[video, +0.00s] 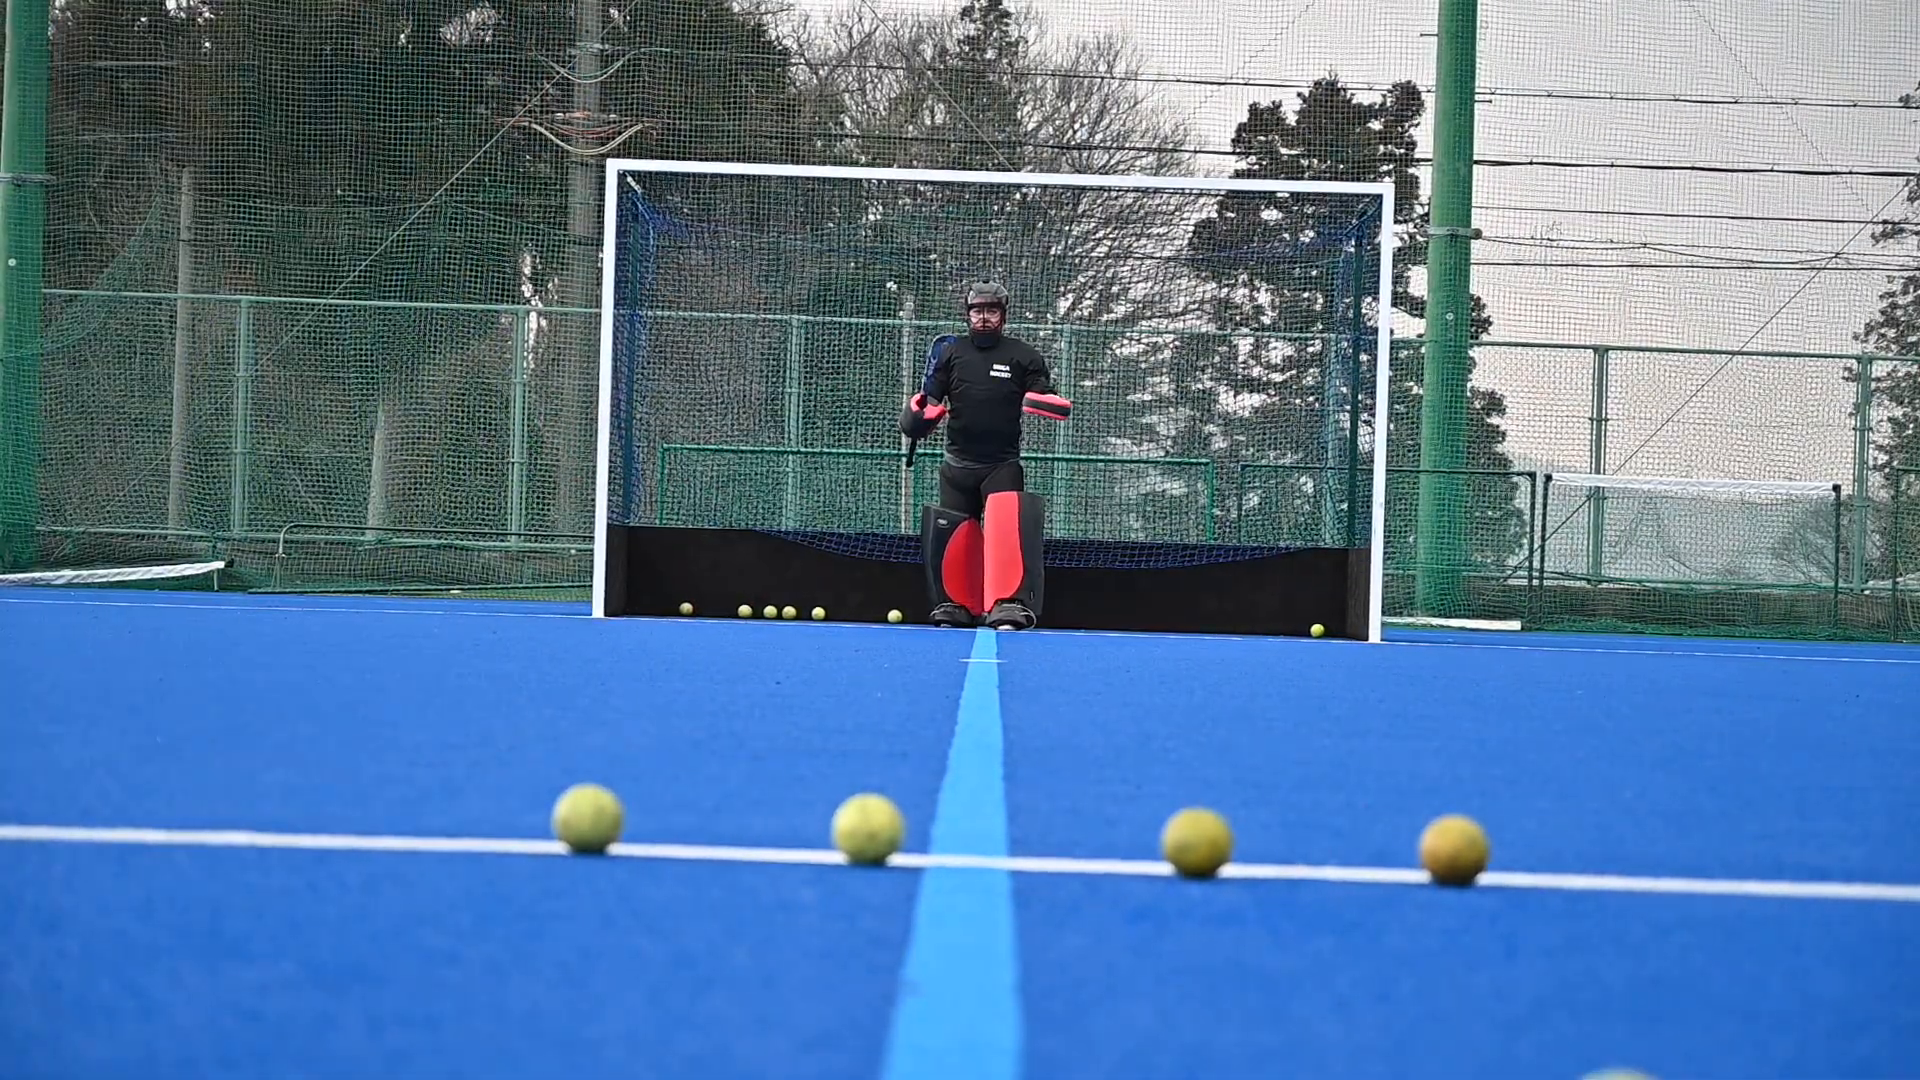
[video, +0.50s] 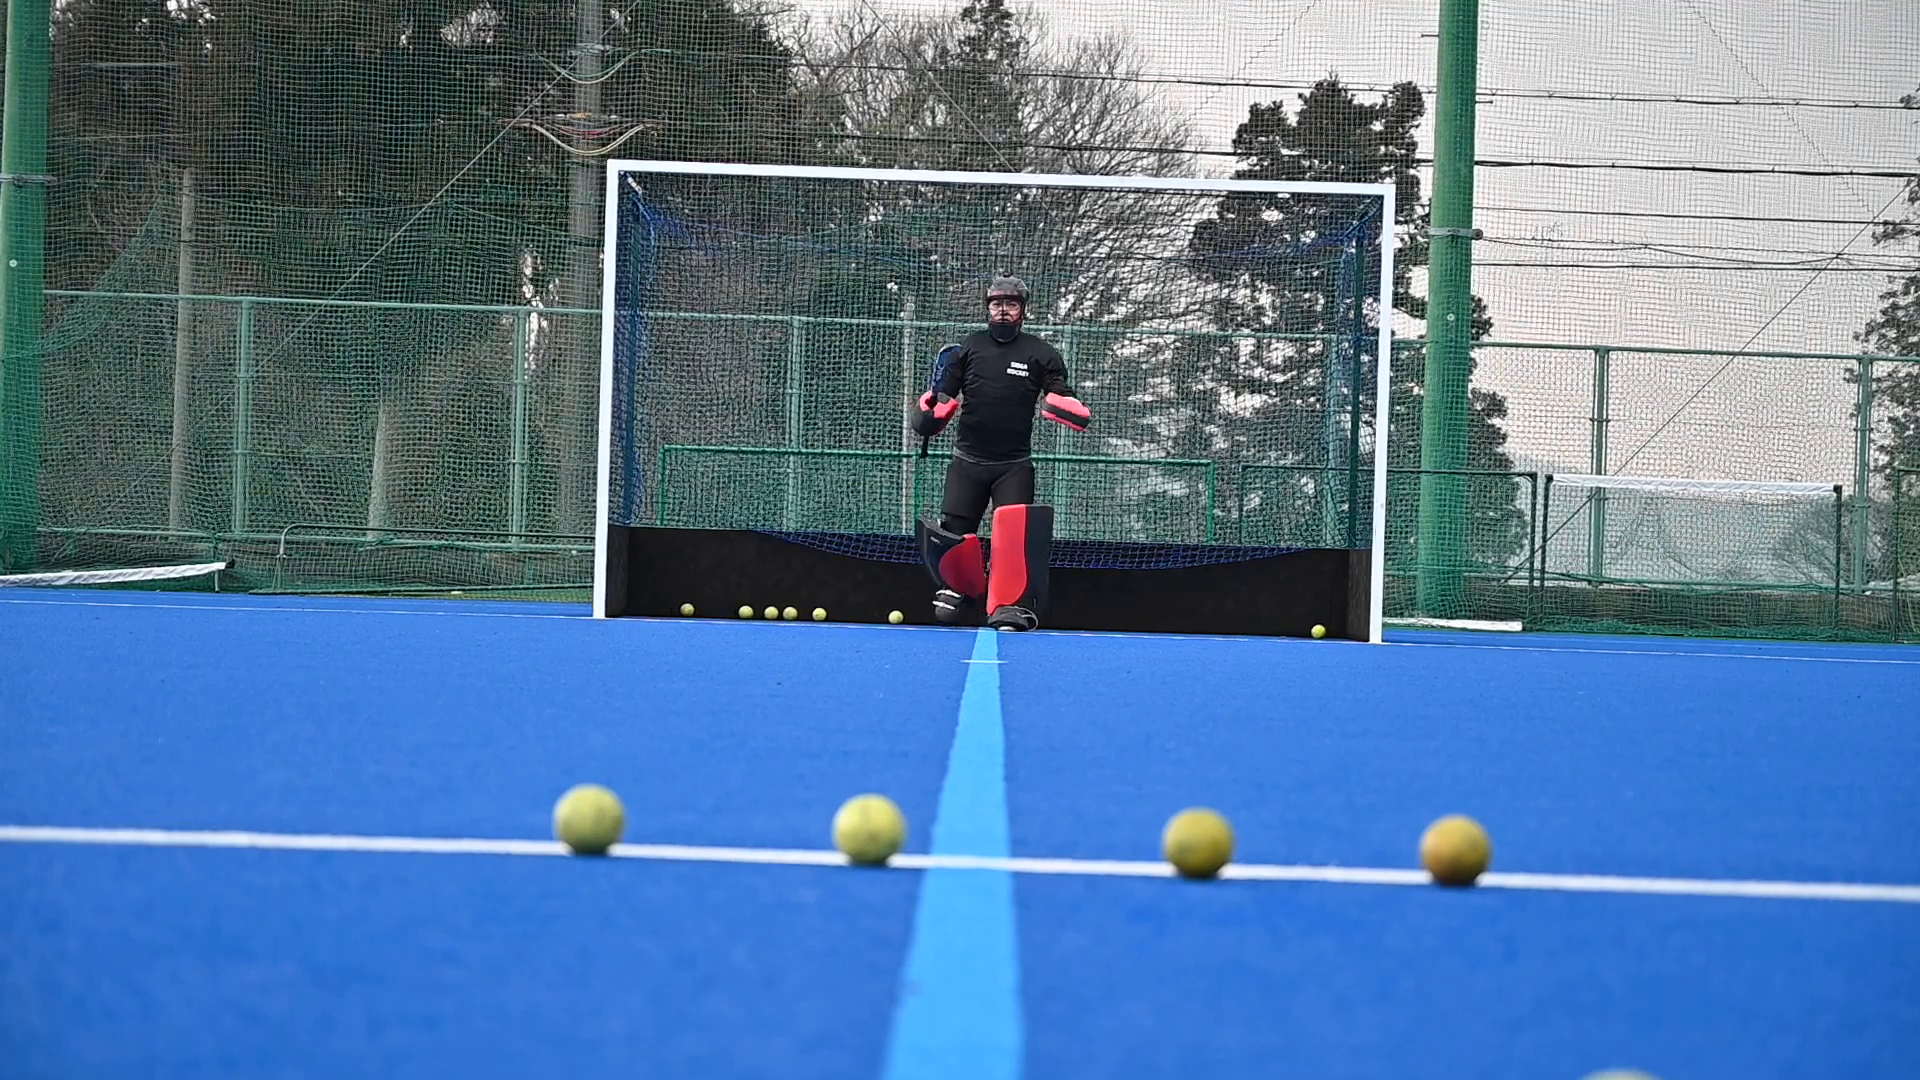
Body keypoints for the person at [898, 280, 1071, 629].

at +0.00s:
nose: (984, 318)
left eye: (992, 311)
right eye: (977, 312)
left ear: (1003, 315)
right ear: (968, 316)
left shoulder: (1024, 355)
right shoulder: (952, 353)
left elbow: (1044, 397)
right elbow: (929, 400)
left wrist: (1049, 405)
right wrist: (918, 416)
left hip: (1002, 464)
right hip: (958, 462)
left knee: (1005, 531)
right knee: (953, 534)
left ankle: (1007, 605)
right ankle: (954, 605)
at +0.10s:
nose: (985, 319)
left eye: (993, 313)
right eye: (978, 312)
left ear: (1004, 317)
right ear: (969, 316)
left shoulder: (1024, 356)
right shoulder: (951, 353)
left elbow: (1046, 398)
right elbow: (927, 402)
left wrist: (1049, 405)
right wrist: (917, 422)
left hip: (1003, 464)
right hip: (959, 462)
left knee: (1005, 531)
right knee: (952, 535)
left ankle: (1008, 606)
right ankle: (953, 604)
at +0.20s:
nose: (987, 321)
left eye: (994, 314)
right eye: (980, 314)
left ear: (1006, 319)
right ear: (971, 319)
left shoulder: (1026, 358)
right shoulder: (953, 356)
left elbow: (1051, 401)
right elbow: (929, 404)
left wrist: (1050, 406)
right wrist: (920, 422)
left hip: (1005, 465)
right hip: (960, 464)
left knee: (1006, 532)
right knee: (954, 536)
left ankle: (1007, 606)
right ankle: (955, 605)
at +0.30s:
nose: (991, 320)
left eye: (999, 314)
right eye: (985, 314)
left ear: (1011, 319)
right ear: (976, 318)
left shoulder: (1031, 360)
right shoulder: (957, 356)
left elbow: (1056, 402)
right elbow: (932, 405)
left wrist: (1054, 406)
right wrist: (924, 419)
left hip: (1008, 468)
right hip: (962, 466)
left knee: (1011, 534)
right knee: (956, 537)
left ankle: (1008, 606)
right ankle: (956, 605)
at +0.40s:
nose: (998, 316)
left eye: (1006, 310)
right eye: (992, 309)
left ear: (1018, 315)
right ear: (983, 314)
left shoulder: (1037, 358)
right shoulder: (963, 353)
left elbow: (1057, 397)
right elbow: (937, 400)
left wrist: (1065, 409)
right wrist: (926, 418)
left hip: (1012, 467)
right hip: (965, 465)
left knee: (1012, 535)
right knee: (955, 537)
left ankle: (1008, 607)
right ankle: (953, 602)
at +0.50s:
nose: (1002, 310)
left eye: (1010, 304)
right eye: (996, 303)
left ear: (1023, 310)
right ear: (987, 308)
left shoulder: (1042, 355)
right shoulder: (967, 349)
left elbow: (1061, 397)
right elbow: (938, 397)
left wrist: (1066, 409)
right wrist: (929, 415)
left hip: (1014, 464)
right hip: (967, 461)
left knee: (1013, 534)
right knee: (955, 532)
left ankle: (1009, 607)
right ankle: (952, 590)